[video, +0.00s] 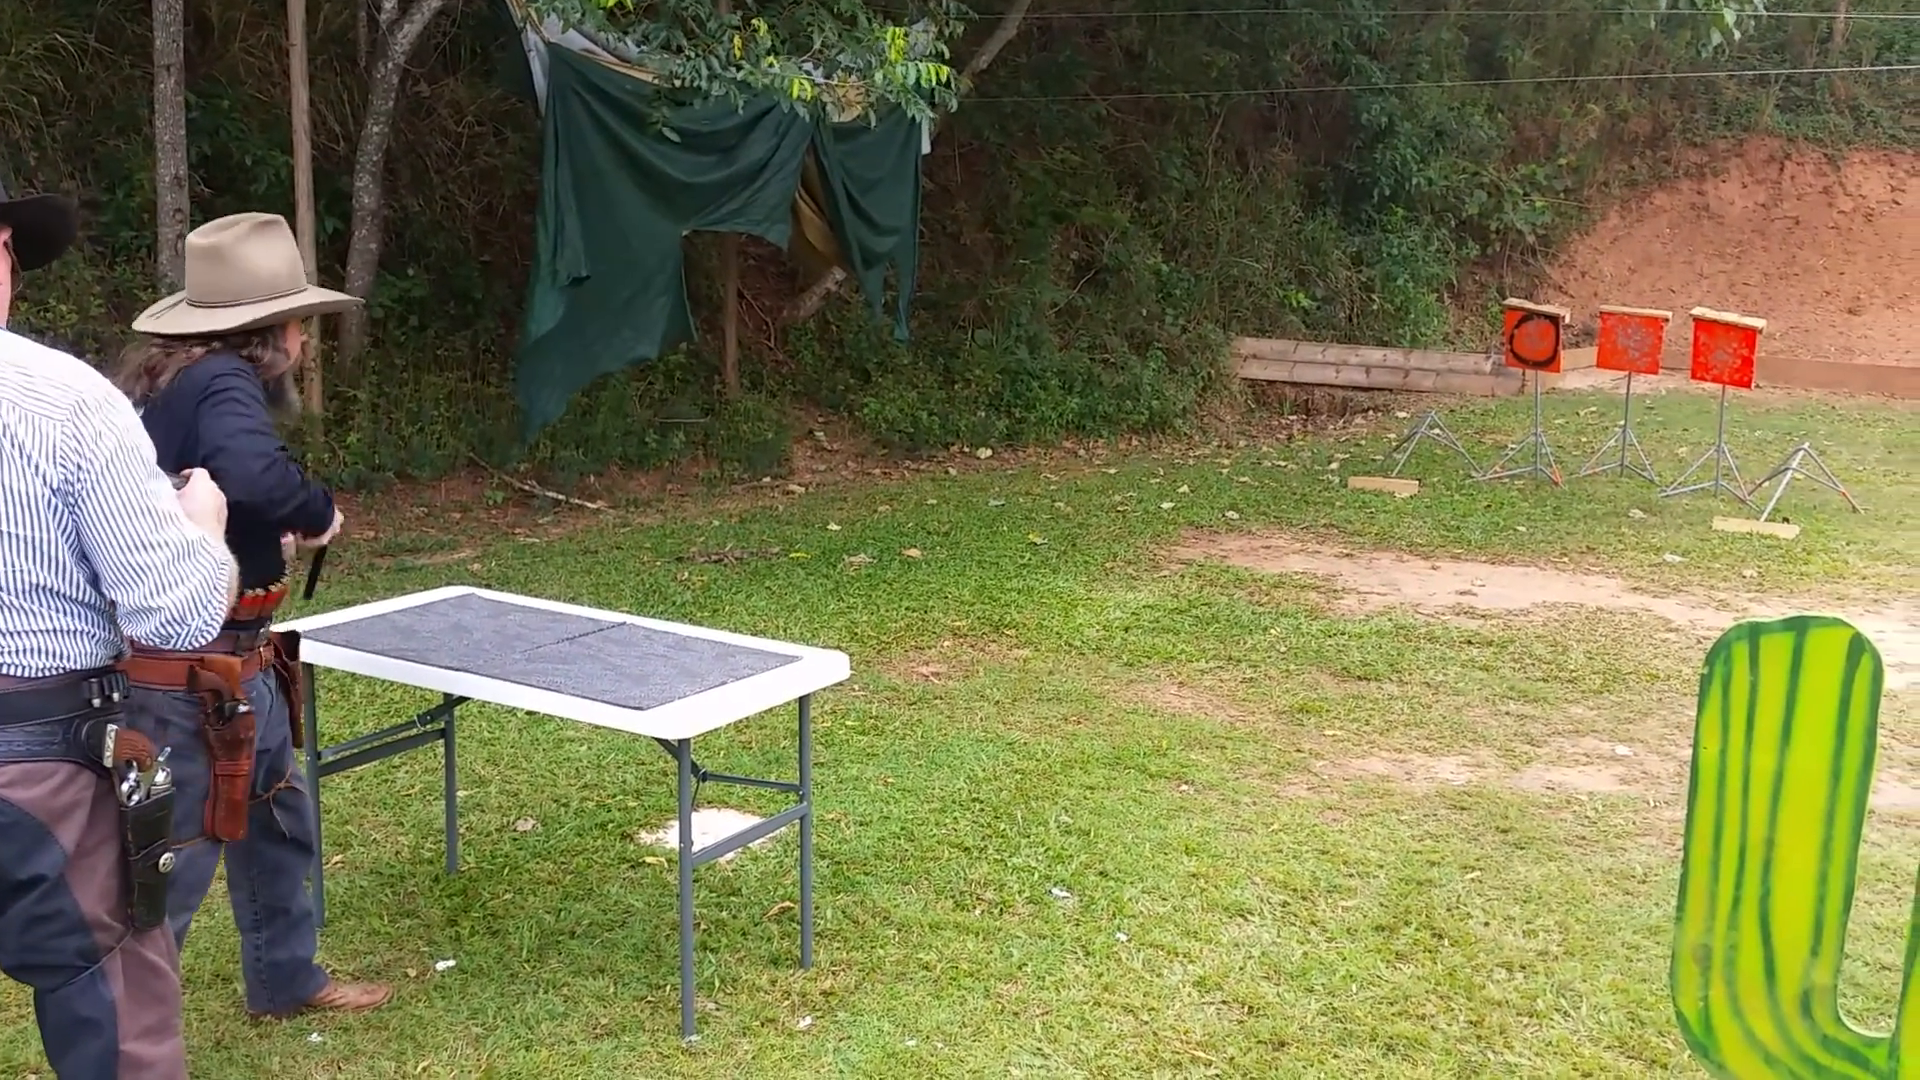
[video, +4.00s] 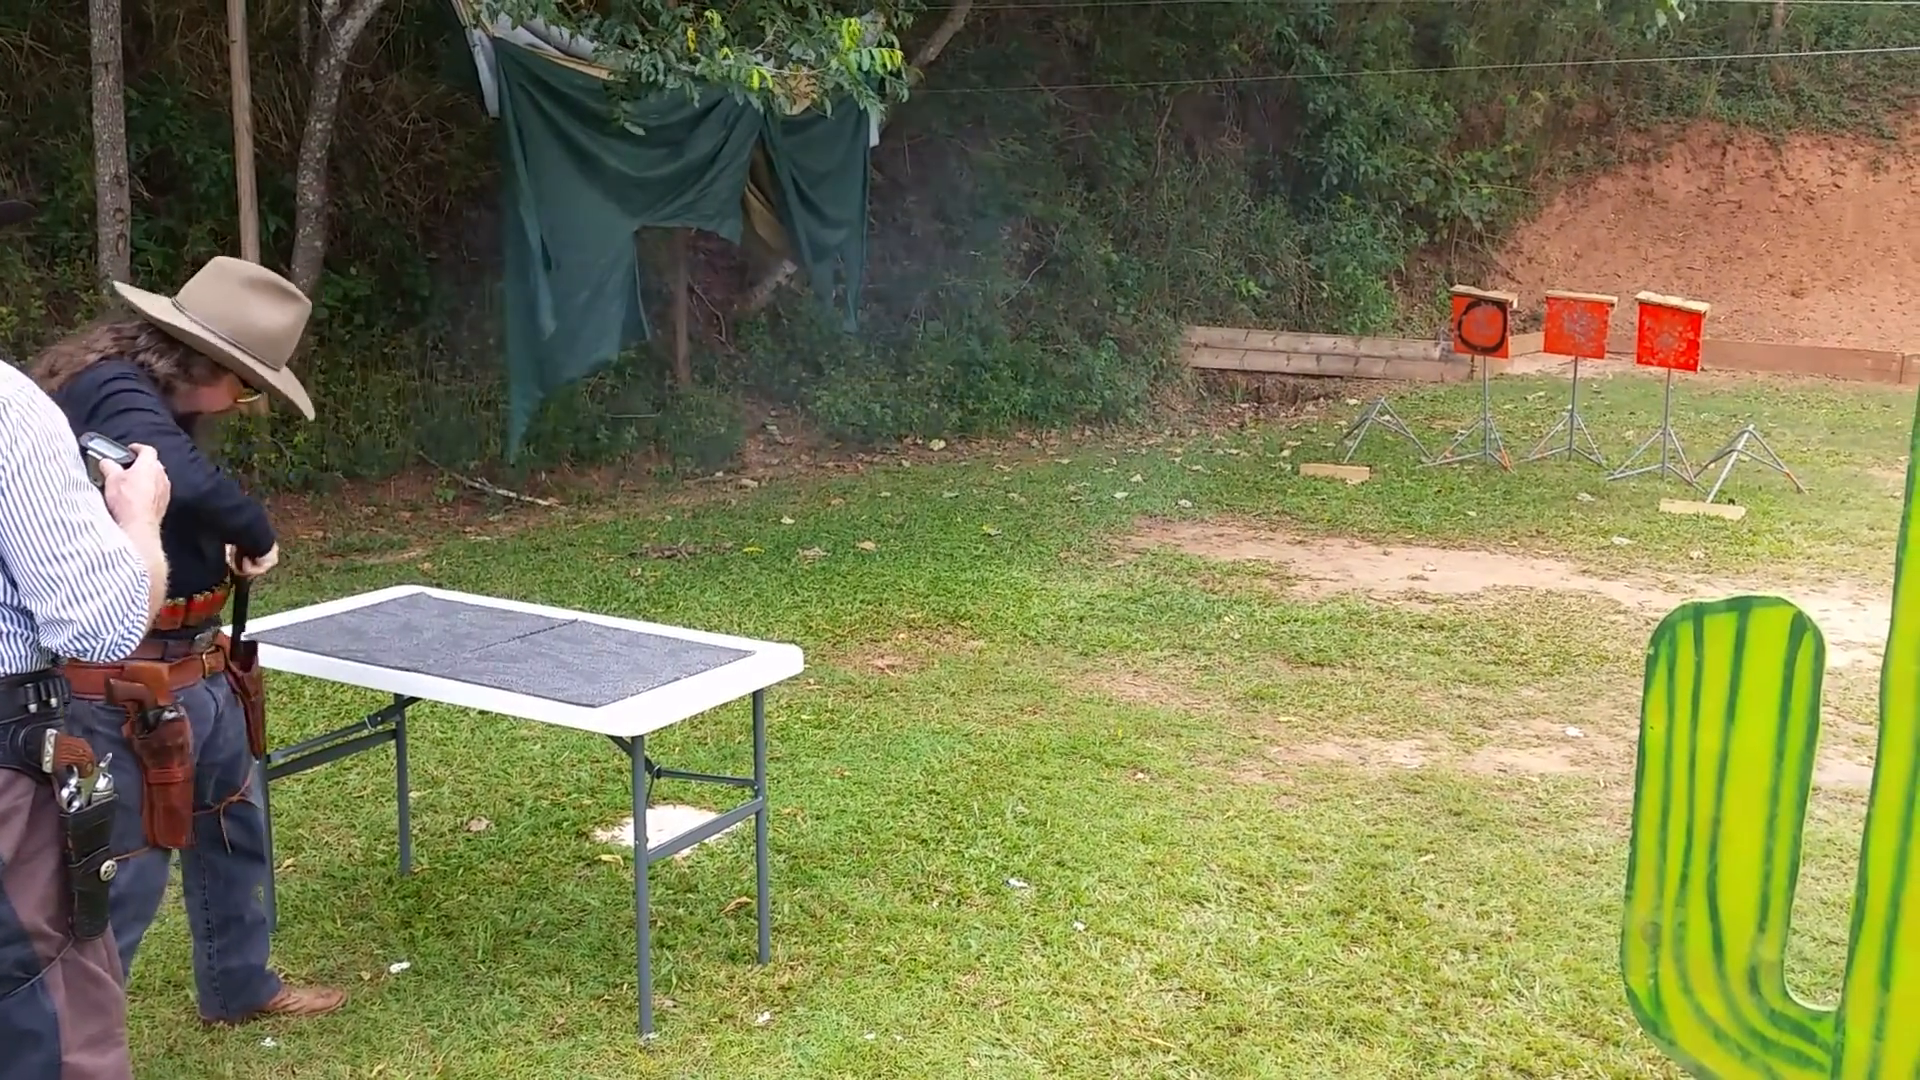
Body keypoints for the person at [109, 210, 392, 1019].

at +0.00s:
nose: (303, 340)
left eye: (302, 324)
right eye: (296, 325)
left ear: (217, 325)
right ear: (262, 330)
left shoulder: (167, 379)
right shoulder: (221, 382)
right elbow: (250, 472)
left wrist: (271, 524)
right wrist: (318, 510)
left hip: (233, 651)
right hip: (197, 657)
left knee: (276, 817)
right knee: (175, 852)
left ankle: (285, 982)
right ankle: (127, 1011)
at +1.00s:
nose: (290, 328)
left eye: (285, 316)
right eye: (281, 315)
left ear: (200, 320)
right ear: (255, 321)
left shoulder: (159, 384)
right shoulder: (242, 398)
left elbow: (306, 383)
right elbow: (352, 407)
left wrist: (401, 359)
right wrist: (432, 378)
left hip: (137, 652)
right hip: (184, 667)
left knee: (254, 817)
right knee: (166, 862)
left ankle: (264, 982)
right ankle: (93, 1016)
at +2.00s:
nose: (280, 336)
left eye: (276, 322)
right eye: (271, 322)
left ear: (194, 324)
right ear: (236, 326)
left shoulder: (143, 383)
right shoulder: (225, 397)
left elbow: (300, 388)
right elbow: (334, 414)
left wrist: (400, 361)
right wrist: (427, 384)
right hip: (169, 658)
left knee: (239, 815)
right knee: (154, 860)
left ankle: (248, 983)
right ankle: (78, 1011)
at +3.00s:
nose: (278, 342)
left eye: (275, 327)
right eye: (269, 327)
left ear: (194, 328)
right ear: (233, 330)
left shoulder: (145, 385)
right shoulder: (217, 400)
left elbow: (302, 390)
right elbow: (334, 413)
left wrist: (401, 360)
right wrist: (423, 384)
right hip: (152, 670)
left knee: (230, 822)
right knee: (141, 871)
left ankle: (242, 986)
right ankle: (65, 1028)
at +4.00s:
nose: (236, 404)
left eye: (244, 392)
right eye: (238, 387)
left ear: (186, 351)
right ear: (207, 365)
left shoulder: (144, 393)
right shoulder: (120, 392)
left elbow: (157, 529)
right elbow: (188, 484)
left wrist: (225, 552)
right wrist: (258, 533)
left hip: (190, 659)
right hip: (114, 670)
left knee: (231, 821)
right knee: (126, 869)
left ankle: (238, 987)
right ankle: (78, 1022)